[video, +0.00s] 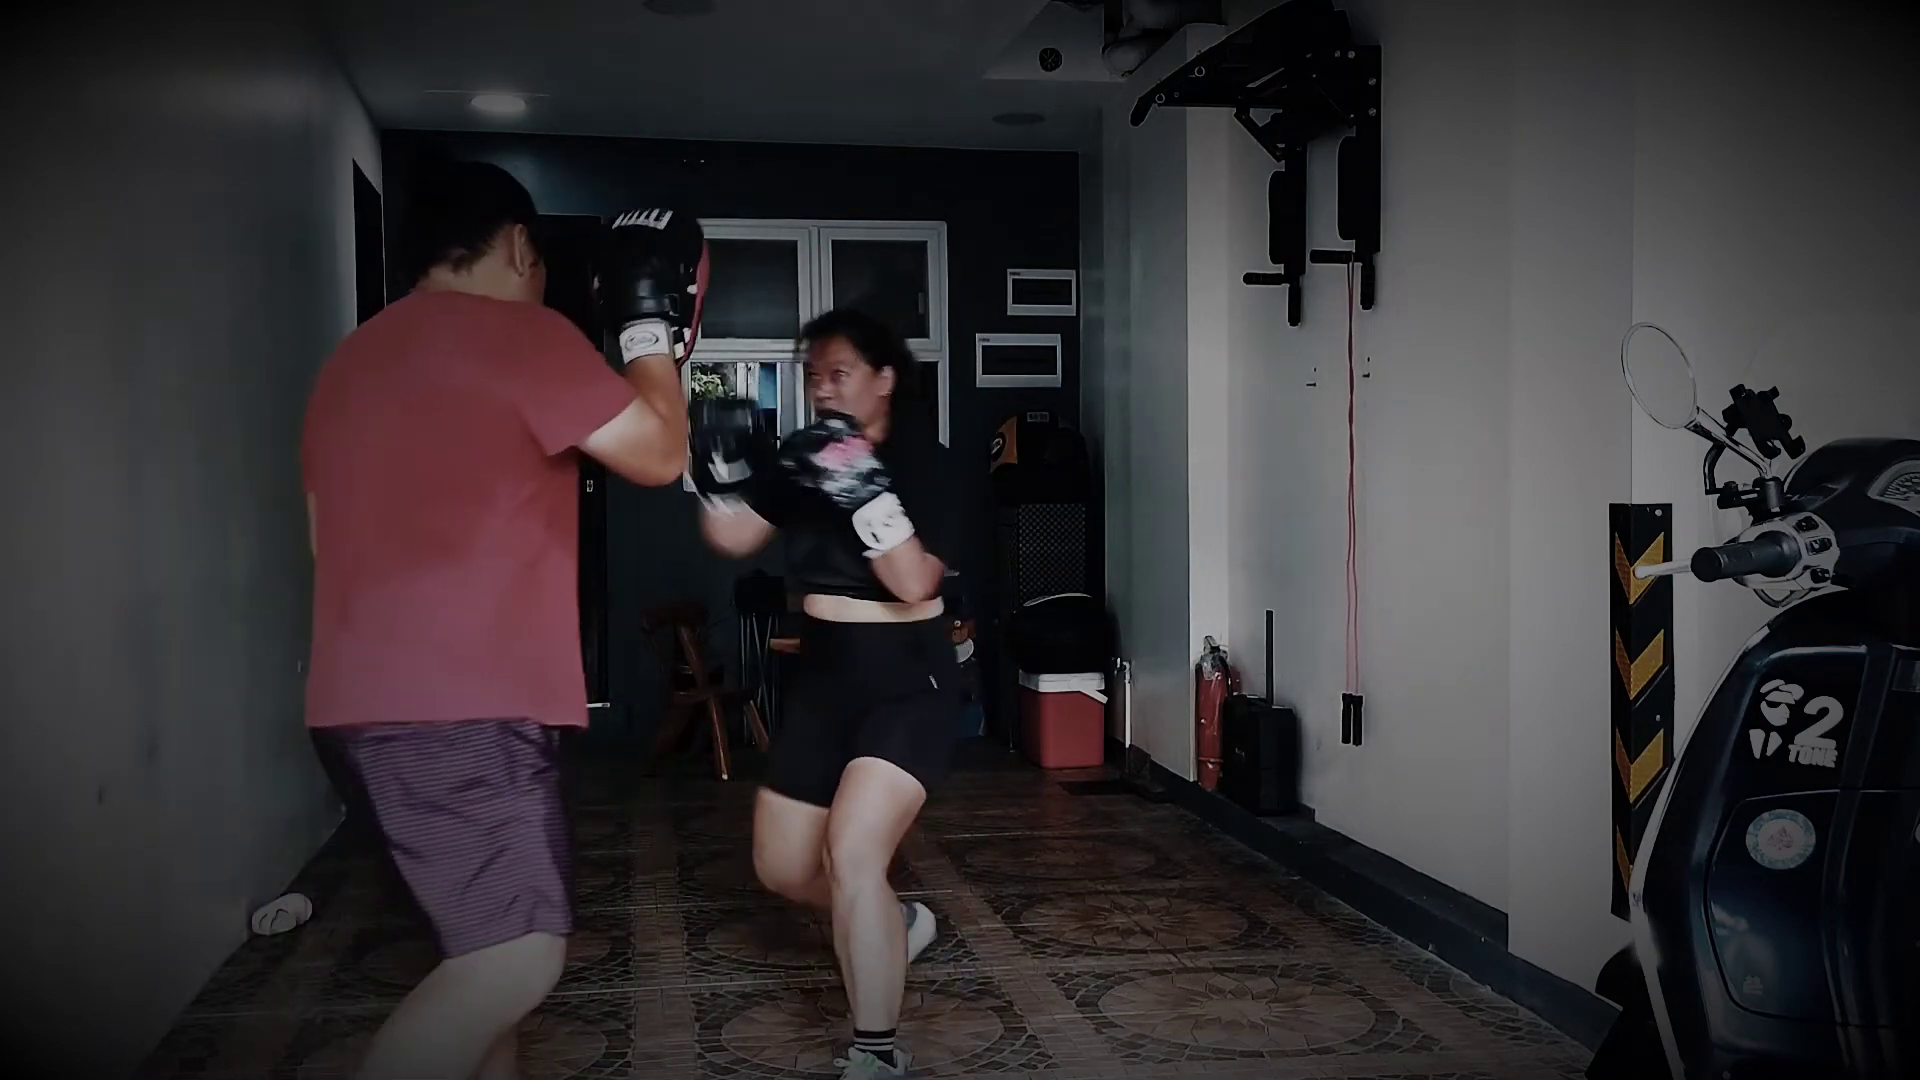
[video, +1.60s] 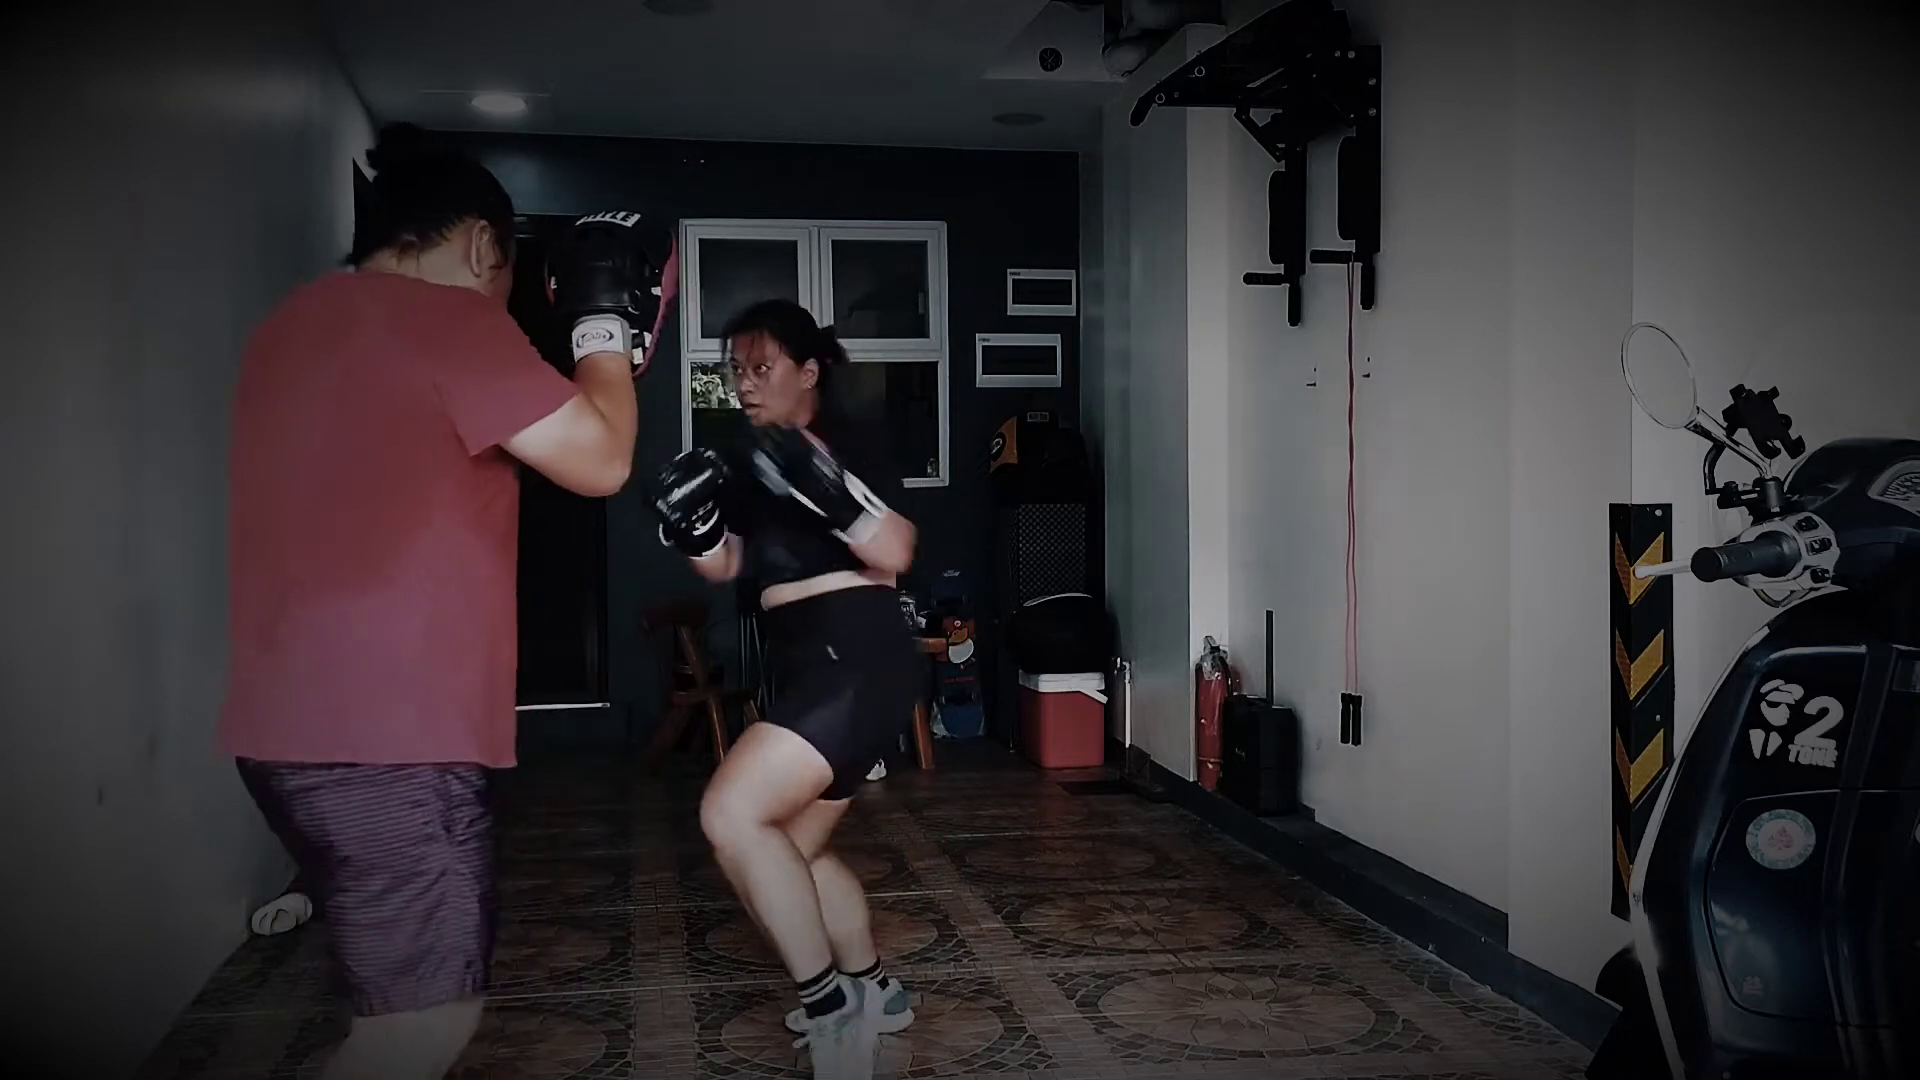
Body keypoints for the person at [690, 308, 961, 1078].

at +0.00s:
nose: (824, 390)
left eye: (841, 375)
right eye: (815, 377)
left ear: (889, 380)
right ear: (807, 386)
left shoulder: (930, 465)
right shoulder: (801, 464)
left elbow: (917, 585)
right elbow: (734, 540)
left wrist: (866, 492)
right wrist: (720, 471)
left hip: (910, 679)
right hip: (821, 674)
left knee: (855, 849)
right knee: (785, 866)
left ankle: (874, 1054)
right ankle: (906, 926)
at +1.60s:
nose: (746, 383)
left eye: (761, 367)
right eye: (739, 369)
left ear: (808, 371)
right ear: (736, 377)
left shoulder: (841, 442)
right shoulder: (751, 463)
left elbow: (894, 553)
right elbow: (724, 567)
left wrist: (816, 489)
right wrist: (694, 524)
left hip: (863, 656)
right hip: (809, 661)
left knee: (732, 811)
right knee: (797, 847)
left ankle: (826, 1004)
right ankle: (871, 991)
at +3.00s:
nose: (886, 358)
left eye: (893, 342)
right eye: (886, 343)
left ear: (939, 347)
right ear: (948, 350)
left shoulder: (944, 420)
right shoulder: (984, 417)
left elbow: (850, 512)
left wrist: (850, 420)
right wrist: (870, 426)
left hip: (936, 651)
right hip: (980, 652)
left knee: (822, 851)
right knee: (900, 858)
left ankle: (909, 1044)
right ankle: (931, 1010)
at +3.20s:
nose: (923, 362)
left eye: (927, 348)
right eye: (925, 348)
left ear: (957, 352)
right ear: (999, 353)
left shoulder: (939, 428)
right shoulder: (1050, 428)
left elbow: (849, 528)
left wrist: (845, 484)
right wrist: (892, 484)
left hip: (961, 667)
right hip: (1035, 667)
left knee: (894, 881)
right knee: (958, 870)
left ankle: (996, 1051)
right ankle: (947, 1012)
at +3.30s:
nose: (939, 350)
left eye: (942, 336)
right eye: (941, 335)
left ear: (967, 343)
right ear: (1022, 340)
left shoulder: (946, 426)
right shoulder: (1068, 420)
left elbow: (861, 525)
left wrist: (873, 450)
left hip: (983, 674)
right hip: (1068, 669)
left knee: (931, 882)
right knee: (1002, 864)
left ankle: (1000, 1058)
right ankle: (984, 1016)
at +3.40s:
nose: (961, 328)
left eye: (968, 315)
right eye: (965, 314)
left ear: (996, 327)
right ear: (1051, 322)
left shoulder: (968, 409)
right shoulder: (1100, 411)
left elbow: (885, 512)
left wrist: (896, 439)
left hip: (1004, 652)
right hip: (1095, 647)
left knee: (967, 871)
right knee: (1062, 843)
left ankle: (1008, 1060)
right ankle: (1077, 1025)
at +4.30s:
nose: (955, 334)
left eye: (958, 321)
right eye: (959, 320)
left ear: (978, 327)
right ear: (1047, 328)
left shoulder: (954, 407)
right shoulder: (1089, 411)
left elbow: (865, 496)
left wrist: (886, 399)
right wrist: (941, 396)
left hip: (987, 669)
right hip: (1090, 663)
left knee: (921, 874)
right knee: (1130, 868)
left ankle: (879, 1058)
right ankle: (1214, 1044)